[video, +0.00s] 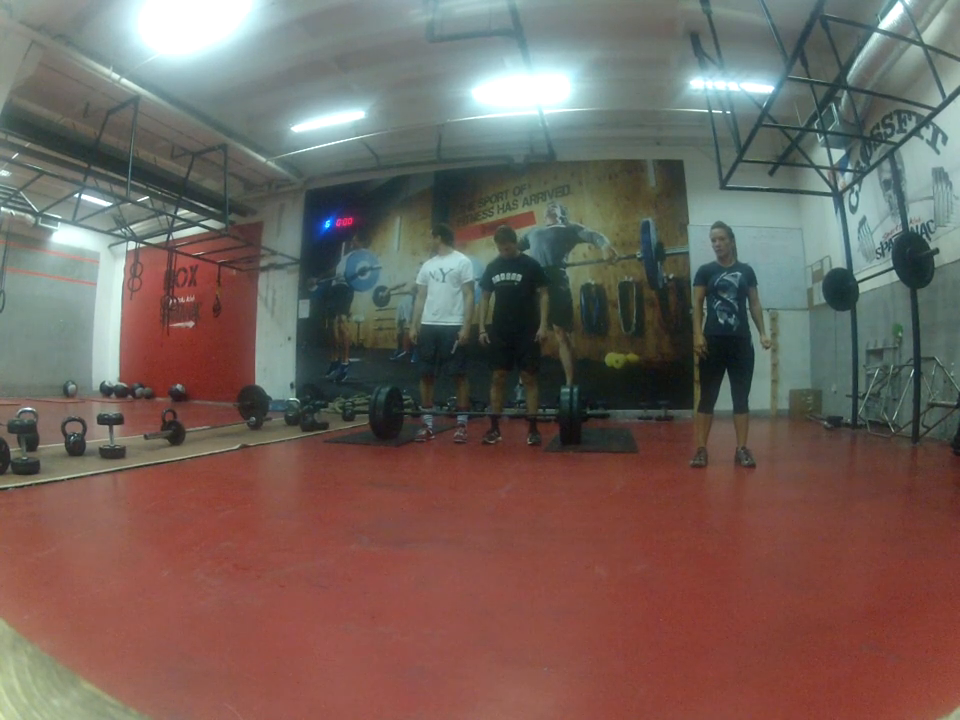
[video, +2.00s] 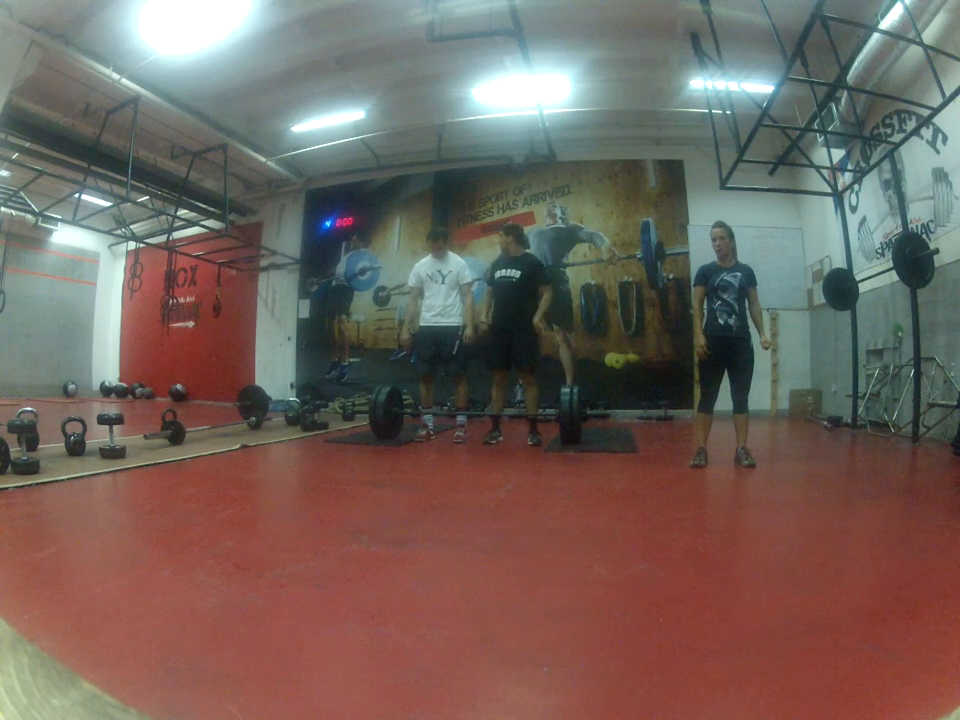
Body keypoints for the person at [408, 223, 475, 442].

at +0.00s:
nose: (430, 241)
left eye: (432, 237)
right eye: (431, 237)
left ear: (441, 238)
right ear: (439, 239)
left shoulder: (462, 261)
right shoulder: (427, 265)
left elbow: (469, 295)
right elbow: (420, 297)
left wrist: (466, 327)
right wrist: (414, 325)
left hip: (454, 327)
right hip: (428, 326)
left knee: (459, 375)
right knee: (426, 374)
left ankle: (462, 424)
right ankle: (427, 424)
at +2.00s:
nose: (437, 247)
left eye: (440, 243)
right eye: (433, 243)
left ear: (446, 242)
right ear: (429, 243)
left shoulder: (458, 264)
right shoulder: (420, 267)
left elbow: (467, 295)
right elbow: (413, 299)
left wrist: (470, 325)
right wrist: (406, 328)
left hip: (454, 328)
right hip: (427, 328)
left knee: (459, 376)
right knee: (426, 376)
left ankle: (461, 426)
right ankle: (427, 426)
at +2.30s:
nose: (436, 250)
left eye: (439, 246)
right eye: (433, 247)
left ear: (446, 243)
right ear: (428, 244)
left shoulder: (459, 263)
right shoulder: (421, 267)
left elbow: (467, 296)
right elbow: (413, 299)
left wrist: (469, 327)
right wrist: (408, 327)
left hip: (454, 328)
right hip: (426, 328)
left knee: (459, 376)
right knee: (425, 377)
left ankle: (461, 425)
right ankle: (427, 425)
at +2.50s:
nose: (437, 249)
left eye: (439, 245)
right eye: (434, 246)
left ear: (446, 243)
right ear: (429, 244)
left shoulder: (459, 263)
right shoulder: (421, 266)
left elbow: (468, 296)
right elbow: (414, 299)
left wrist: (469, 327)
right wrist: (408, 328)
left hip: (454, 328)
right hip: (426, 328)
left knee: (458, 376)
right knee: (425, 377)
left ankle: (461, 425)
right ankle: (427, 425)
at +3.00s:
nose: (436, 250)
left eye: (439, 246)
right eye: (433, 246)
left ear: (446, 243)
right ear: (428, 244)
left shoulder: (459, 263)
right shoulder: (421, 266)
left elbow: (467, 296)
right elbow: (414, 299)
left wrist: (467, 327)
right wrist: (409, 328)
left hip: (454, 328)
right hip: (426, 328)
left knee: (458, 376)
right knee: (426, 376)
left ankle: (461, 425)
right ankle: (427, 425)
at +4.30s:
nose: (430, 278)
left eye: (432, 275)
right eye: (426, 275)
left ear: (439, 268)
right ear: (422, 271)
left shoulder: (455, 277)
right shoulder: (416, 280)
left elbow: (466, 312)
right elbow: (412, 315)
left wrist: (467, 346)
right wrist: (411, 345)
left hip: (456, 331)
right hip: (430, 331)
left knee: (460, 377)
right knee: (427, 376)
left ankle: (461, 425)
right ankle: (427, 425)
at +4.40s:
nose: (430, 278)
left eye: (433, 275)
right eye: (427, 275)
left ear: (440, 268)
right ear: (422, 271)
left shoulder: (456, 277)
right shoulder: (416, 280)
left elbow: (466, 312)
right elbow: (412, 315)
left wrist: (467, 345)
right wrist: (411, 345)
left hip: (456, 331)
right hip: (430, 331)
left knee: (460, 377)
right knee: (427, 376)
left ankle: (461, 425)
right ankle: (427, 425)